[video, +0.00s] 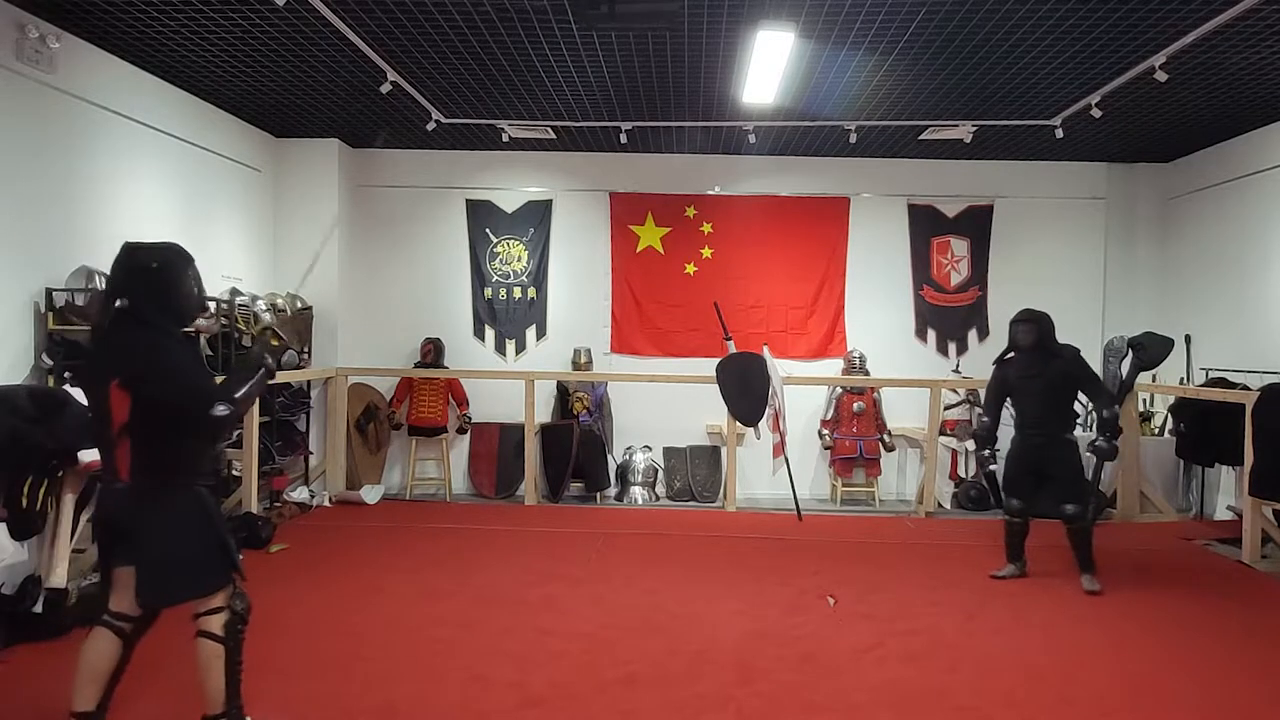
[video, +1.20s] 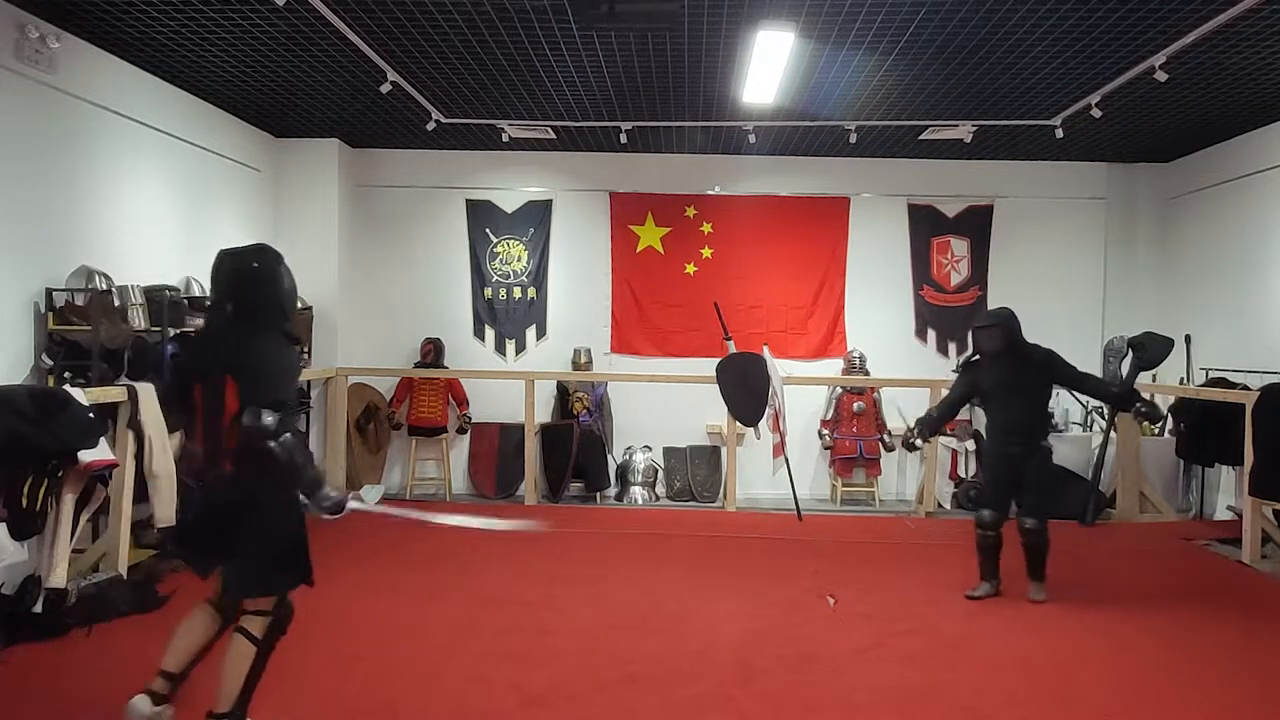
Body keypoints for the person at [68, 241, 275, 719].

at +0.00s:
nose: (198, 291)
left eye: (196, 280)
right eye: (191, 281)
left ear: (131, 287)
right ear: (166, 288)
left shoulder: (109, 339)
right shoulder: (167, 346)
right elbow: (210, 418)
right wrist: (255, 373)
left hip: (121, 497)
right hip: (174, 499)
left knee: (125, 610)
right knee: (222, 599)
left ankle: (84, 712)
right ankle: (223, 713)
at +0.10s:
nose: (211, 304)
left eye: (210, 293)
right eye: (205, 293)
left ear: (147, 289)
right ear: (183, 294)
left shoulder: (118, 341)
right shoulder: (174, 349)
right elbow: (205, 420)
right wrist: (247, 367)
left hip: (123, 498)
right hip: (177, 500)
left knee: (124, 611)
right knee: (223, 601)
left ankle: (83, 712)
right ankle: (223, 713)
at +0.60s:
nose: (201, 292)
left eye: (199, 281)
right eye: (194, 281)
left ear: (137, 286)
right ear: (172, 287)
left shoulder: (114, 337)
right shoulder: (172, 342)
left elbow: (103, 426)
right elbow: (194, 425)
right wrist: (270, 434)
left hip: (116, 495)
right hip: (169, 497)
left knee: (106, 614)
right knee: (219, 601)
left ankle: (78, 714)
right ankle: (221, 713)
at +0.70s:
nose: (199, 289)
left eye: (195, 278)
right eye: (191, 278)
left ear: (134, 287)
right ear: (169, 286)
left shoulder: (113, 337)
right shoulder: (174, 344)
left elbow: (106, 428)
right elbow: (188, 440)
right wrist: (258, 477)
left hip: (115, 495)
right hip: (171, 498)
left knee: (104, 615)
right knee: (229, 599)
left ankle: (77, 714)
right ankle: (221, 714)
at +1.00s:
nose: (240, 292)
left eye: (234, 282)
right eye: (233, 283)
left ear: (167, 295)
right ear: (220, 294)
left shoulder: (147, 350)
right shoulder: (224, 352)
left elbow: (144, 426)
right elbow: (223, 438)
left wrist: (183, 464)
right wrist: (236, 507)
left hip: (170, 495)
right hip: (222, 497)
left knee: (144, 606)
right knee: (263, 601)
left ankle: (86, 711)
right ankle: (224, 712)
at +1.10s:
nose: (264, 289)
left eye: (260, 279)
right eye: (258, 281)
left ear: (201, 291)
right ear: (247, 288)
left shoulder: (188, 340)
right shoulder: (248, 345)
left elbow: (165, 412)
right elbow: (246, 430)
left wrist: (211, 438)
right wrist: (268, 501)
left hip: (195, 489)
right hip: (245, 495)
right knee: (264, 604)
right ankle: (225, 713)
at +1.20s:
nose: (292, 291)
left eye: (287, 281)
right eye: (286, 282)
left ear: (223, 289)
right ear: (273, 289)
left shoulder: (203, 341)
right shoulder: (274, 348)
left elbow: (174, 413)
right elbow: (269, 431)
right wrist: (319, 491)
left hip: (211, 486)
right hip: (260, 491)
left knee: (225, 596)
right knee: (261, 609)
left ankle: (154, 695)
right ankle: (226, 713)